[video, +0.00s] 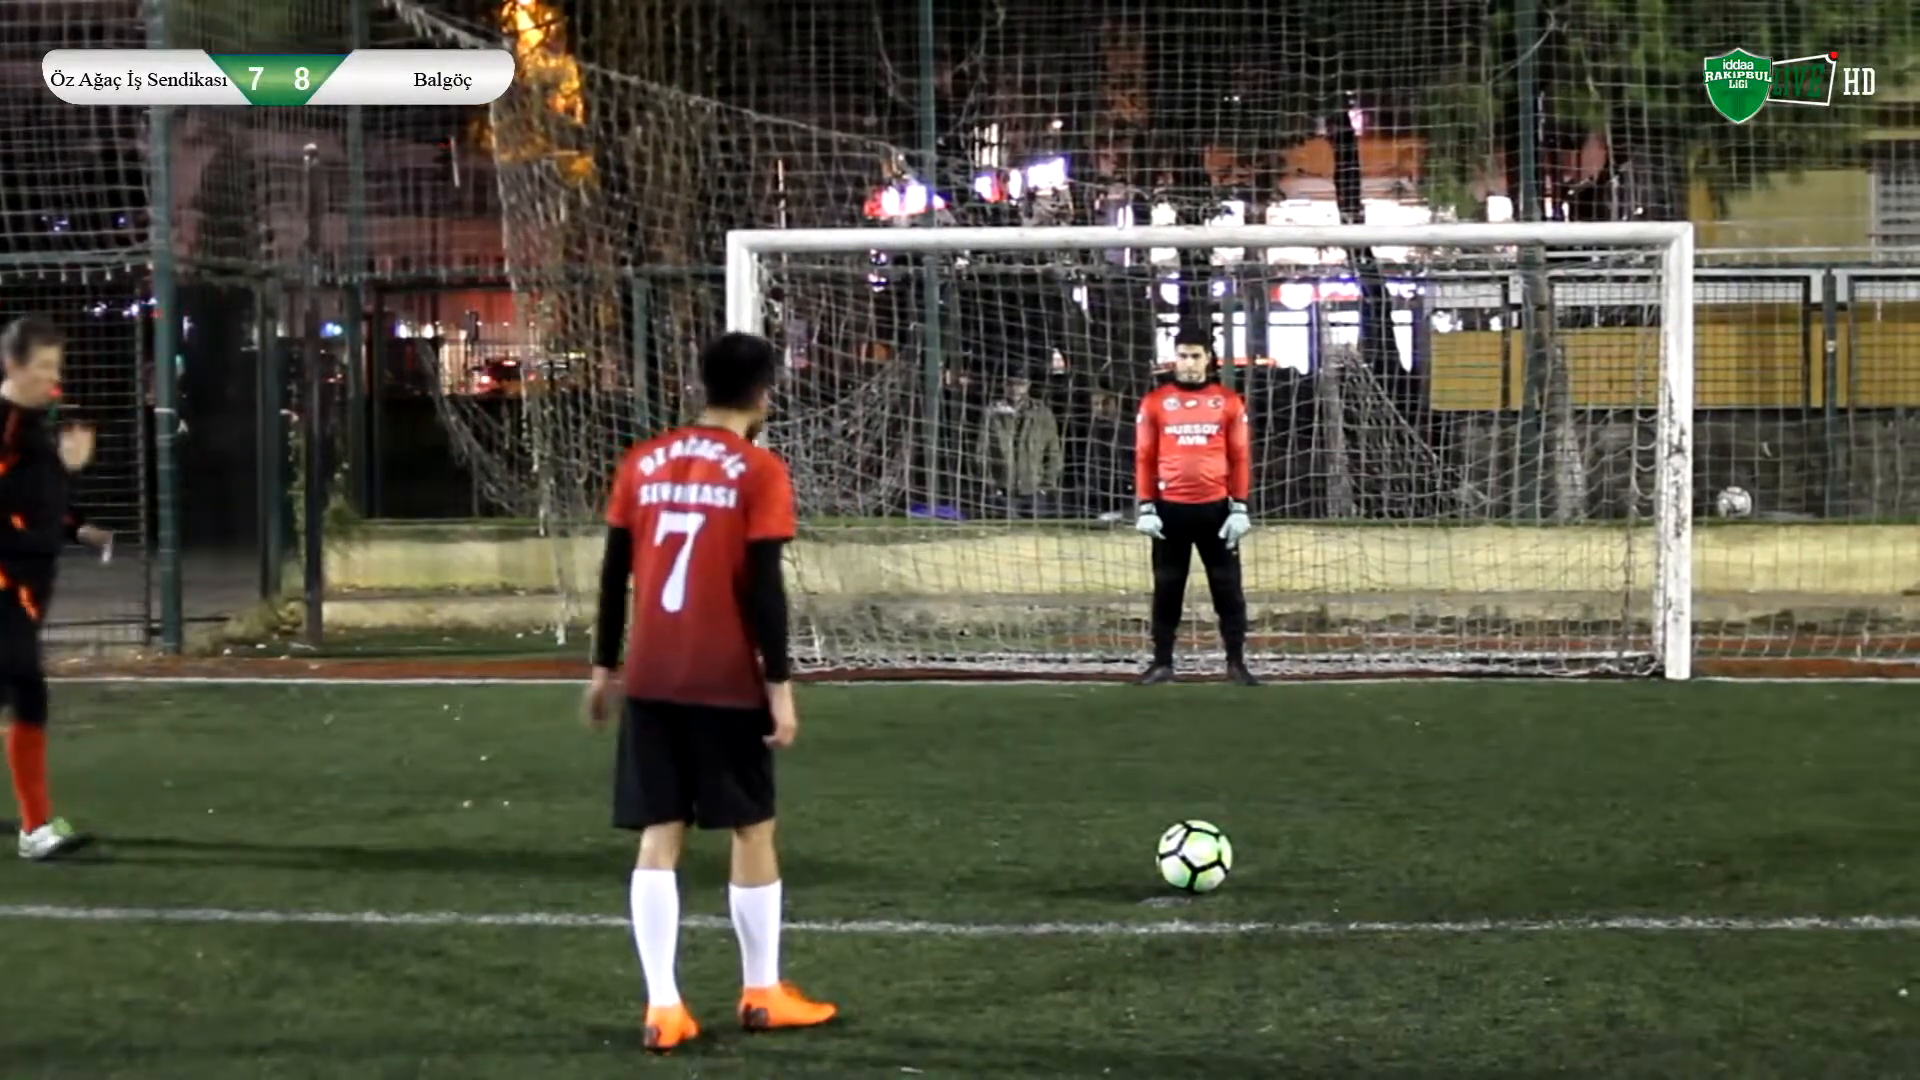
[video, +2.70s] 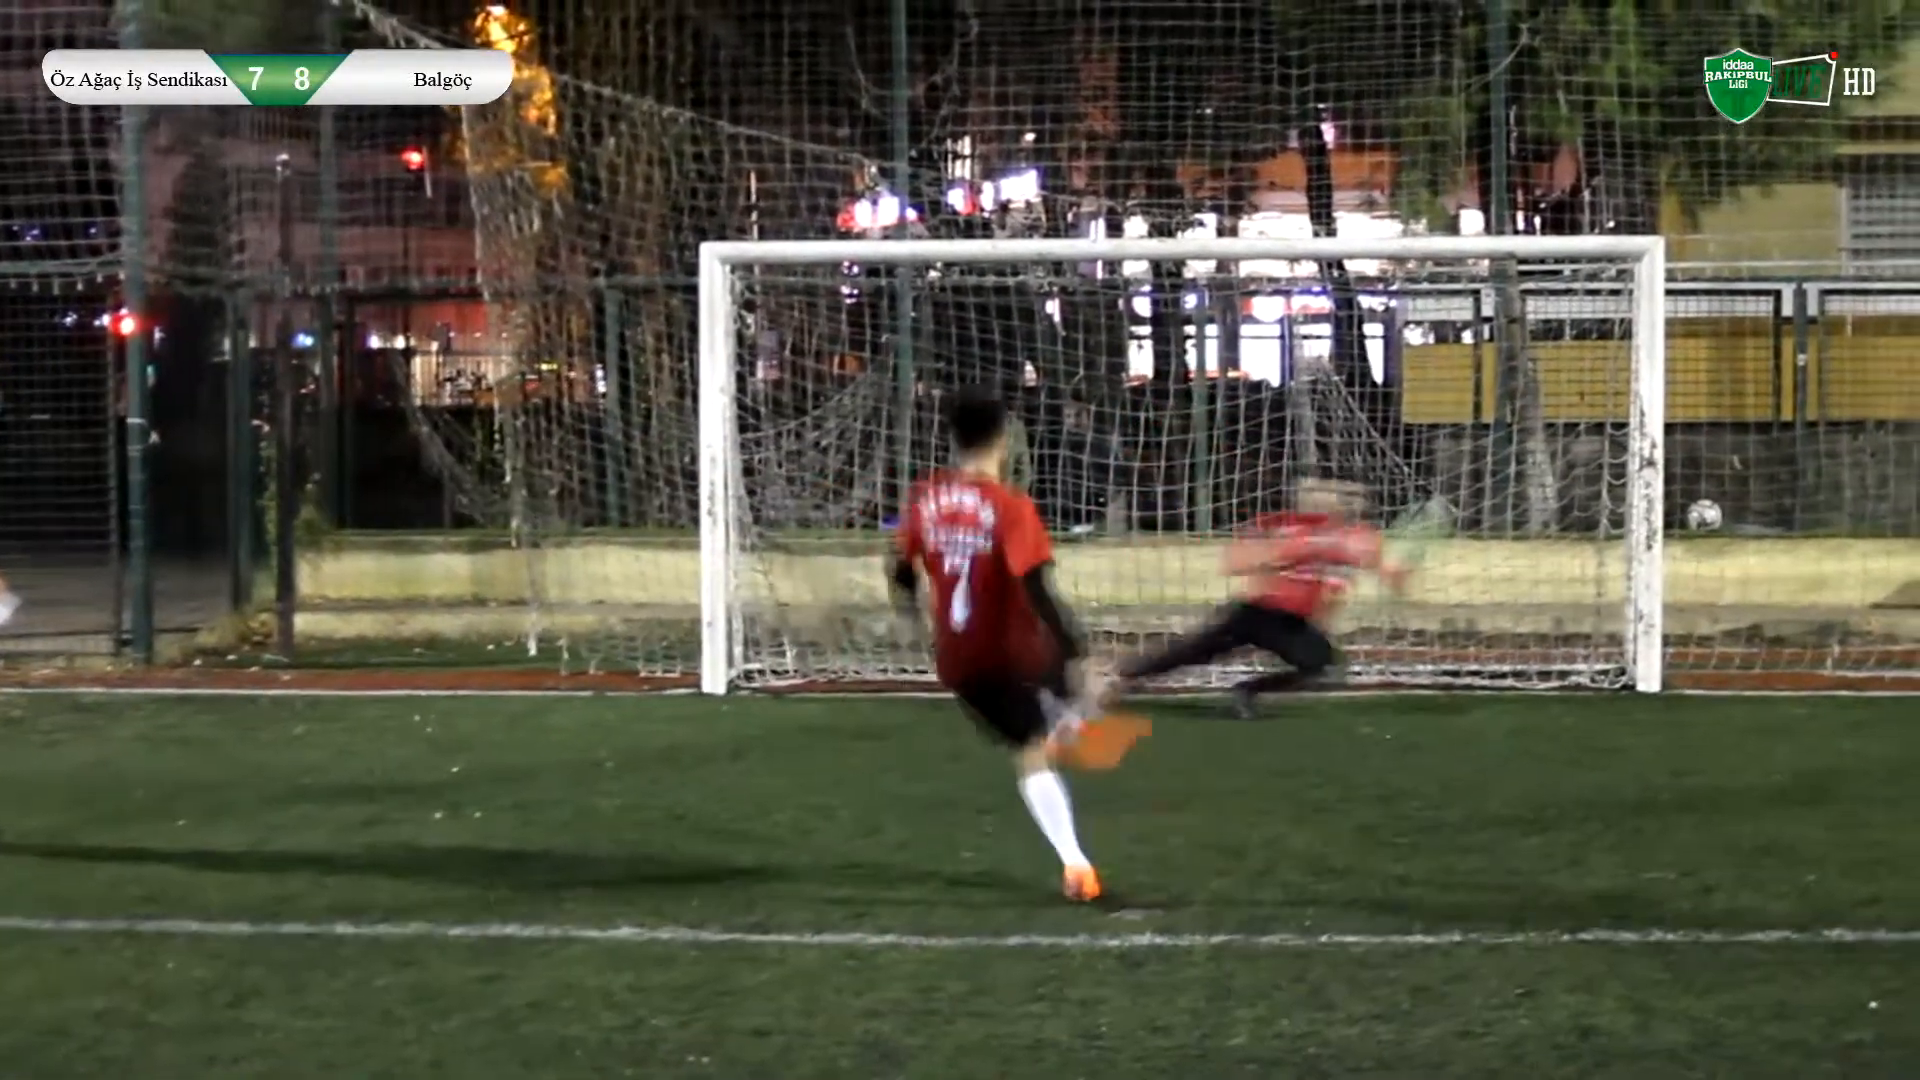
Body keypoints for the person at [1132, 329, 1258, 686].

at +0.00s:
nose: (1188, 363)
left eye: (1195, 356)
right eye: (1182, 356)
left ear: (1209, 359)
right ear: (1174, 359)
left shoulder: (1229, 402)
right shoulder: (1154, 402)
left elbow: (1240, 456)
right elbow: (1144, 456)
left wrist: (1239, 505)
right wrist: (1146, 505)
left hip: (1216, 507)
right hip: (1169, 508)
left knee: (1228, 589)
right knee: (1166, 590)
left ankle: (1236, 662)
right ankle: (1162, 661)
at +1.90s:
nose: (1216, 378)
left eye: (1223, 371)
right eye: (1209, 370)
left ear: (1234, 375)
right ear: (1199, 373)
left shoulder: (1252, 418)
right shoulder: (1177, 413)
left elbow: (1271, 468)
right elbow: (1157, 460)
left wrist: (1286, 504)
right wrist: (1141, 495)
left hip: (1235, 523)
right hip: (1188, 521)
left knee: (1249, 596)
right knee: (1164, 592)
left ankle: (1256, 665)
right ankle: (1159, 661)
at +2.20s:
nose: (1205, 433)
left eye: (1212, 425)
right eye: (1198, 425)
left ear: (1225, 427)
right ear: (1189, 428)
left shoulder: (1250, 458)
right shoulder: (1179, 461)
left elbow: (1279, 500)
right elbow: (1148, 496)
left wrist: (1309, 540)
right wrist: (1112, 524)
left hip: (1246, 546)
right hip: (1199, 546)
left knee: (1270, 593)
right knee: (1160, 602)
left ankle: (1235, 657)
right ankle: (1114, 674)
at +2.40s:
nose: (1217, 488)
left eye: (1224, 479)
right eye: (1210, 480)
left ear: (1237, 482)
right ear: (1199, 484)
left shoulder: (1255, 512)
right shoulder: (1188, 512)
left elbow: (1283, 539)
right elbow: (1157, 543)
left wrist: (1300, 564)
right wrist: (1123, 566)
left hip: (1247, 585)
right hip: (1201, 581)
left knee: (1278, 608)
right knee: (1154, 620)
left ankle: (1248, 680)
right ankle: (1104, 681)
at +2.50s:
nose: (1235, 495)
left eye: (1245, 488)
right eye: (1229, 486)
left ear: (1259, 495)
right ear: (1219, 489)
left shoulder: (1270, 524)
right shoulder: (1203, 520)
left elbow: (1296, 555)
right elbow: (1179, 548)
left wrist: (1313, 576)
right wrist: (1149, 564)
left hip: (1254, 601)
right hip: (1209, 595)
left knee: (1283, 631)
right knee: (1155, 627)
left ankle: (1240, 692)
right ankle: (1098, 687)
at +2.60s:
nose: (1282, 498)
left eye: (1291, 491)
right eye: (1275, 490)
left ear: (1303, 497)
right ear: (1262, 493)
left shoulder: (1314, 530)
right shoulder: (1242, 525)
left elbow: (1333, 585)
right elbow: (1199, 562)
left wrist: (1340, 568)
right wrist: (1222, 564)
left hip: (1272, 616)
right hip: (1229, 608)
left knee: (1300, 639)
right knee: (1180, 642)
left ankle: (1238, 694)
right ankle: (1112, 674)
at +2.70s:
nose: (1336, 508)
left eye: (1344, 502)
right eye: (1329, 498)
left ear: (1352, 508)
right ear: (1311, 499)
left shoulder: (1353, 542)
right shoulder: (1282, 529)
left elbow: (1382, 572)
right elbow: (1234, 560)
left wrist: (1397, 575)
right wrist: (1283, 552)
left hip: (1294, 623)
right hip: (1254, 614)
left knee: (1321, 664)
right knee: (1197, 648)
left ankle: (1250, 690)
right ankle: (1124, 674)